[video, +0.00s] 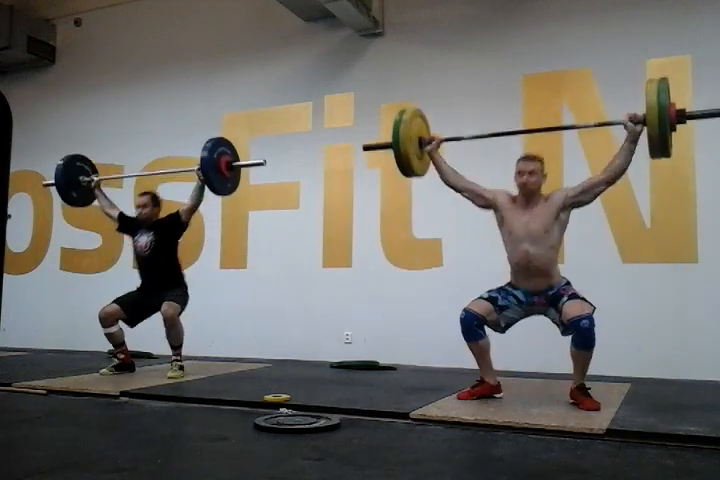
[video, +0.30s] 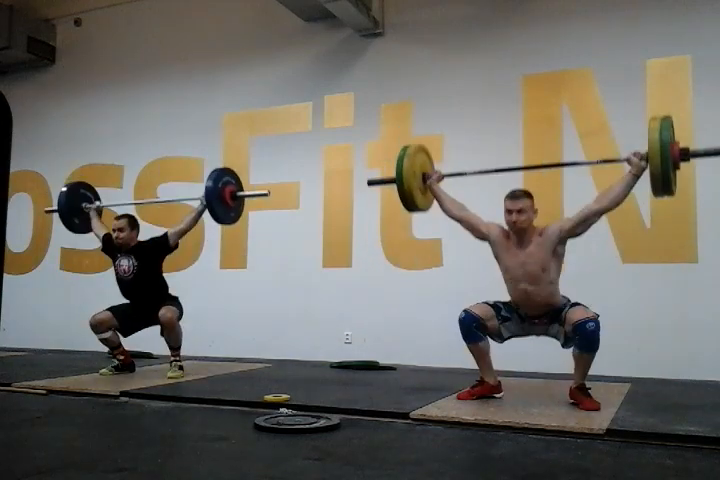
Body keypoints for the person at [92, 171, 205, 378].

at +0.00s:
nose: (139, 211)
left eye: (144, 207)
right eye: (138, 207)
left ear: (156, 208)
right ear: (136, 209)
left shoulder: (170, 225)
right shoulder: (134, 227)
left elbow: (191, 206)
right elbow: (110, 210)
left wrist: (201, 181)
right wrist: (96, 189)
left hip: (173, 289)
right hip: (148, 291)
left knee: (169, 313)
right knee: (107, 315)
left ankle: (177, 361)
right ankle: (124, 361)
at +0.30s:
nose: (115, 235)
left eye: (120, 231)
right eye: (114, 231)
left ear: (134, 233)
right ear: (112, 234)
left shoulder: (152, 248)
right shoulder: (115, 250)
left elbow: (183, 229)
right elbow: (99, 231)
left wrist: (203, 205)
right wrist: (92, 213)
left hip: (163, 305)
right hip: (138, 308)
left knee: (167, 316)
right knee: (98, 322)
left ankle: (176, 361)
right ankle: (123, 361)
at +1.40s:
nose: (129, 172)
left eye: (133, 168)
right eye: (128, 169)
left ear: (147, 169)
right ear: (128, 171)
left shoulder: (166, 185)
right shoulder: (128, 187)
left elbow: (194, 166)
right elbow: (112, 167)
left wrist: (216, 142)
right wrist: (108, 152)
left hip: (168, 258)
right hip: (141, 259)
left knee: (170, 304)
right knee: (128, 306)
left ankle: (182, 358)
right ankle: (126, 359)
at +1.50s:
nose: (139, 168)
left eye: (143, 164)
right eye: (137, 164)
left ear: (156, 164)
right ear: (135, 167)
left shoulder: (172, 182)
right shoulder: (135, 184)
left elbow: (200, 162)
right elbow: (118, 164)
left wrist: (219, 136)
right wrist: (111, 148)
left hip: (171, 257)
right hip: (145, 257)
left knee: (175, 306)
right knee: (136, 305)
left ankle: (182, 359)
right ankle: (128, 358)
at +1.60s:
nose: (148, 165)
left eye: (153, 161)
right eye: (146, 162)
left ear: (165, 164)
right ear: (145, 165)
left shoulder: (179, 183)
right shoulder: (142, 184)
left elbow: (204, 164)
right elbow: (124, 167)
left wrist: (220, 138)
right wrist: (113, 149)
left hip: (175, 257)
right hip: (148, 257)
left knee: (177, 308)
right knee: (136, 305)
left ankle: (182, 359)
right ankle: (135, 357)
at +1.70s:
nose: (156, 165)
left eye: (161, 160)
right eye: (155, 161)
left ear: (174, 165)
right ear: (154, 165)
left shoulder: (185, 185)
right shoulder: (147, 186)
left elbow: (210, 168)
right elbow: (127, 173)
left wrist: (221, 139)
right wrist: (115, 153)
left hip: (175, 258)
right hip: (150, 257)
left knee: (178, 308)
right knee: (140, 305)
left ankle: (183, 359)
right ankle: (146, 358)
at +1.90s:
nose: (171, 167)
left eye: (176, 164)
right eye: (169, 164)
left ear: (187, 169)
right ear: (167, 169)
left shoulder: (194, 189)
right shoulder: (157, 191)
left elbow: (221, 185)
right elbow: (135, 194)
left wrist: (226, 158)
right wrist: (118, 172)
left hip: (176, 258)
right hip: (151, 257)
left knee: (178, 308)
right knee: (146, 307)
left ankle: (182, 359)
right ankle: (147, 358)